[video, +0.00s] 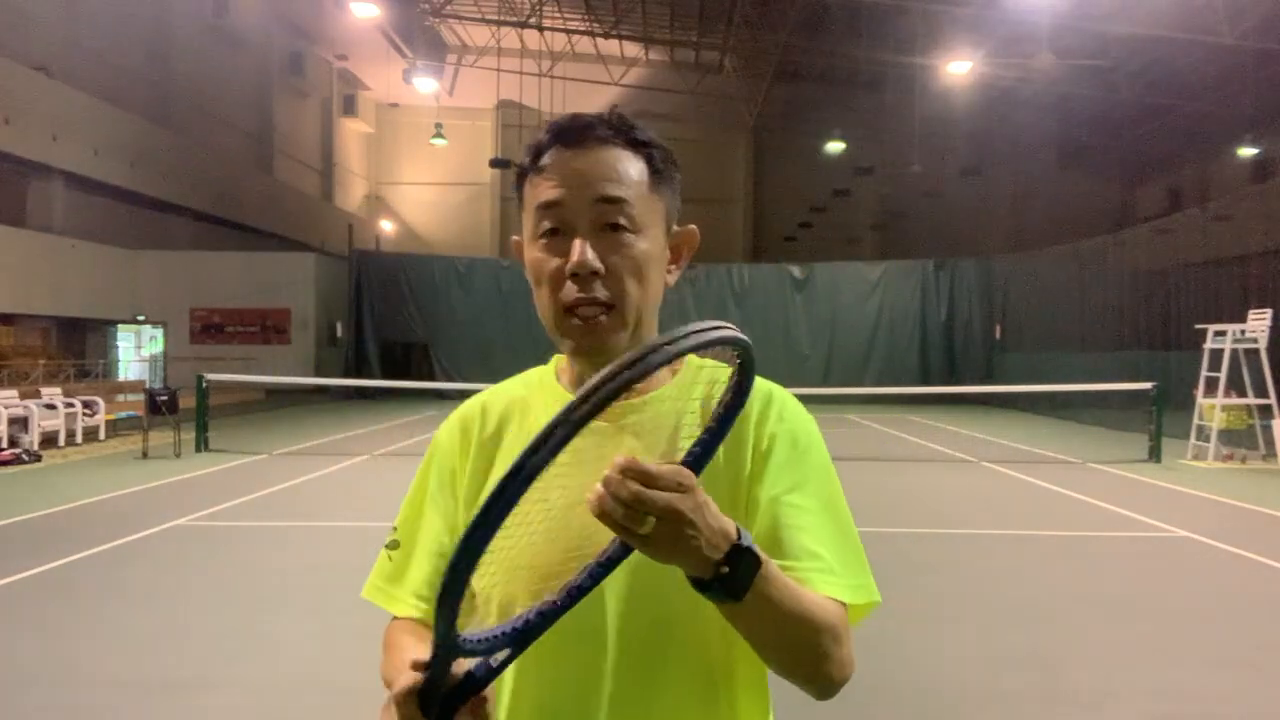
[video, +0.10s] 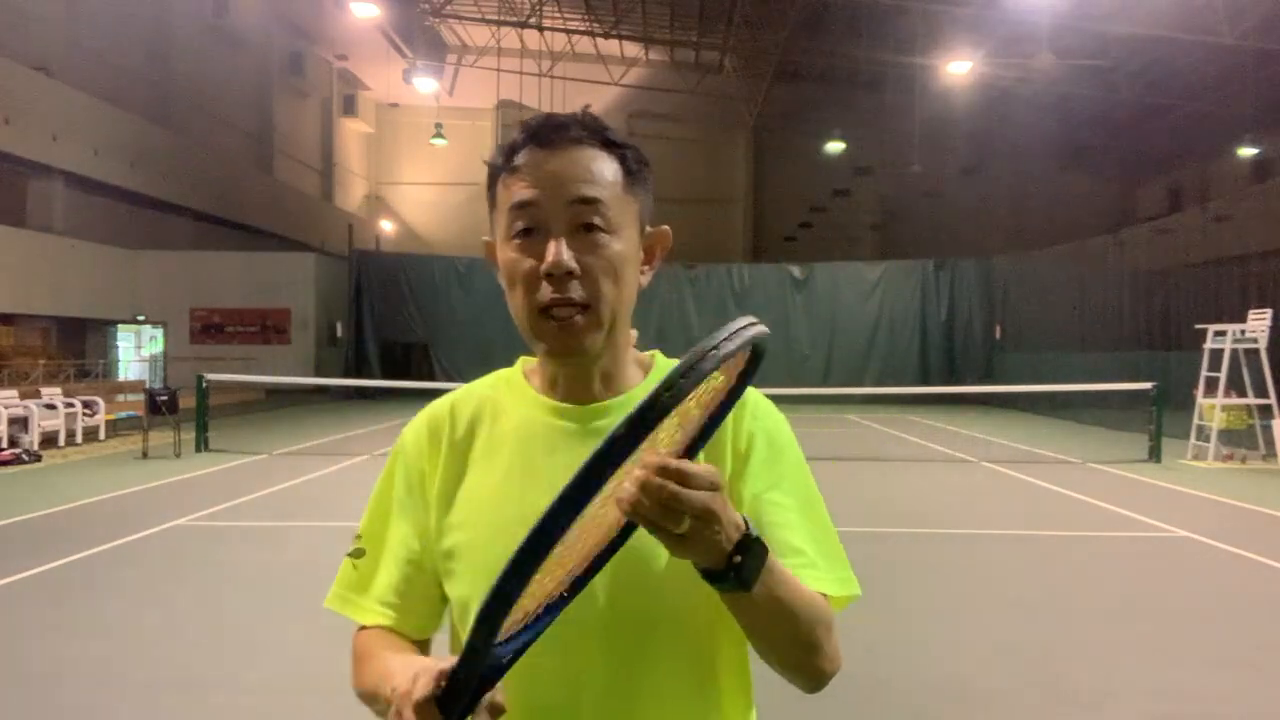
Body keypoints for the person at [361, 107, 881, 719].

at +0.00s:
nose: (581, 259)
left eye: (614, 226)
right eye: (552, 231)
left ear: (676, 254)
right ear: (523, 254)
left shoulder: (759, 418)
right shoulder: (477, 427)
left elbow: (828, 667)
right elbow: (414, 620)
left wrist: (717, 558)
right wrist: (424, 688)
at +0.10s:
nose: (557, 259)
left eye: (590, 229)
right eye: (528, 231)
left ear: (650, 254)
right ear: (496, 257)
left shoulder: (734, 421)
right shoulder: (444, 435)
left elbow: (816, 662)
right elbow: (381, 645)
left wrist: (728, 553)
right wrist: (414, 683)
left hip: (691, 709)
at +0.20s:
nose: (518, 264)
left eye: (549, 230)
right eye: (486, 236)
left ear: (606, 257)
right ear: (453, 264)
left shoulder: (688, 420)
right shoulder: (394, 442)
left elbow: (779, 668)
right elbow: (324, 671)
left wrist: (725, 549)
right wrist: (398, 678)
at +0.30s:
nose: (461, 264)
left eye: (492, 229)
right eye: (428, 235)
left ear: (549, 254)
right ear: (392, 262)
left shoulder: (633, 428)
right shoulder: (330, 444)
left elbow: (715, 672)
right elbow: (260, 686)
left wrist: (710, 597)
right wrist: (374, 665)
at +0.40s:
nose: (404, 264)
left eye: (435, 228)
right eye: (369, 236)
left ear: (495, 251)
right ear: (334, 268)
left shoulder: (574, 421)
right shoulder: (278, 444)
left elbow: (642, 609)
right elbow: (218, 689)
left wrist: (673, 645)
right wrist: (370, 651)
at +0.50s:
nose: (370, 263)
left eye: (398, 224)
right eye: (333, 233)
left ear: (458, 247)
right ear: (296, 266)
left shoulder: (527, 409)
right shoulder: (240, 443)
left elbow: (586, 595)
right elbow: (195, 695)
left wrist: (644, 689)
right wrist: (380, 638)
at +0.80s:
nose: (364, 261)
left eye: (391, 224)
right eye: (322, 229)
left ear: (434, 248)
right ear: (271, 261)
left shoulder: (474, 403)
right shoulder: (210, 441)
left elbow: (505, 612)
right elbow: (195, 701)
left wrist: (585, 710)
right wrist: (412, 638)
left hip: (498, 707)